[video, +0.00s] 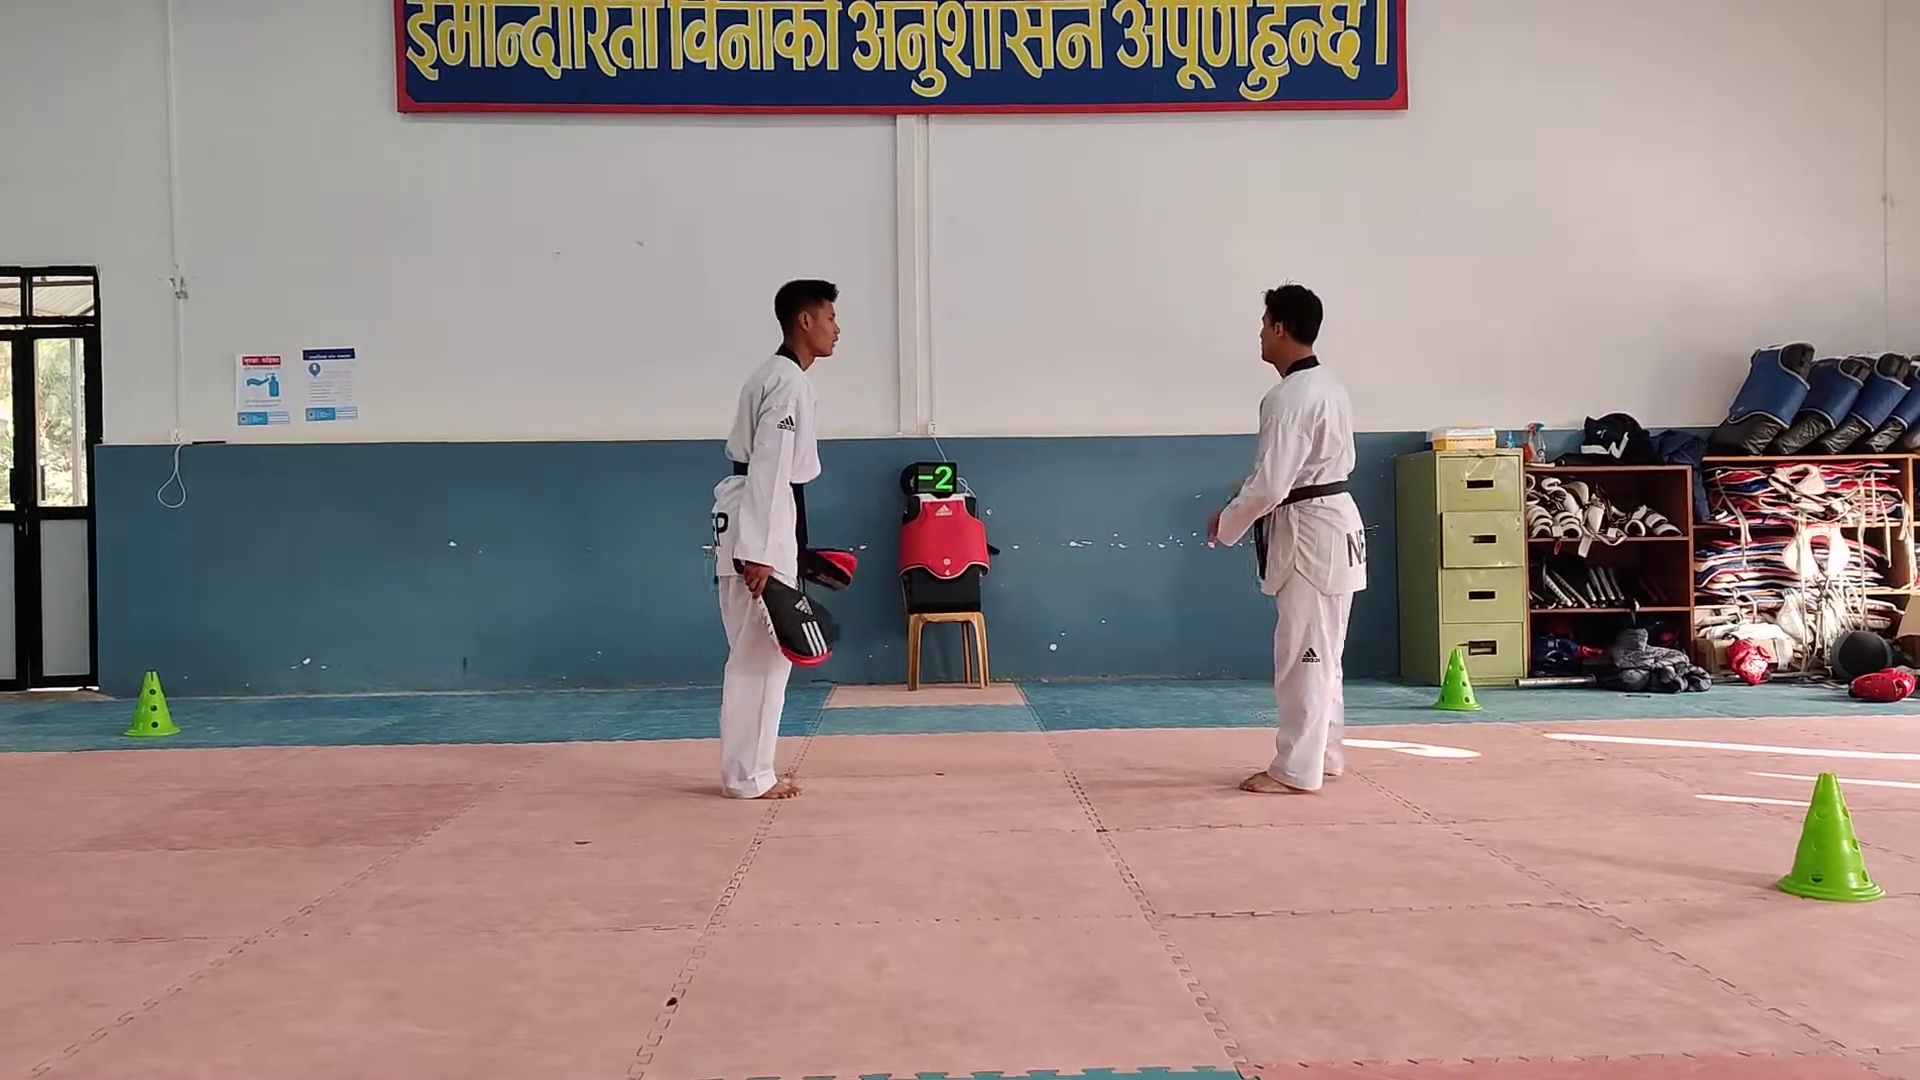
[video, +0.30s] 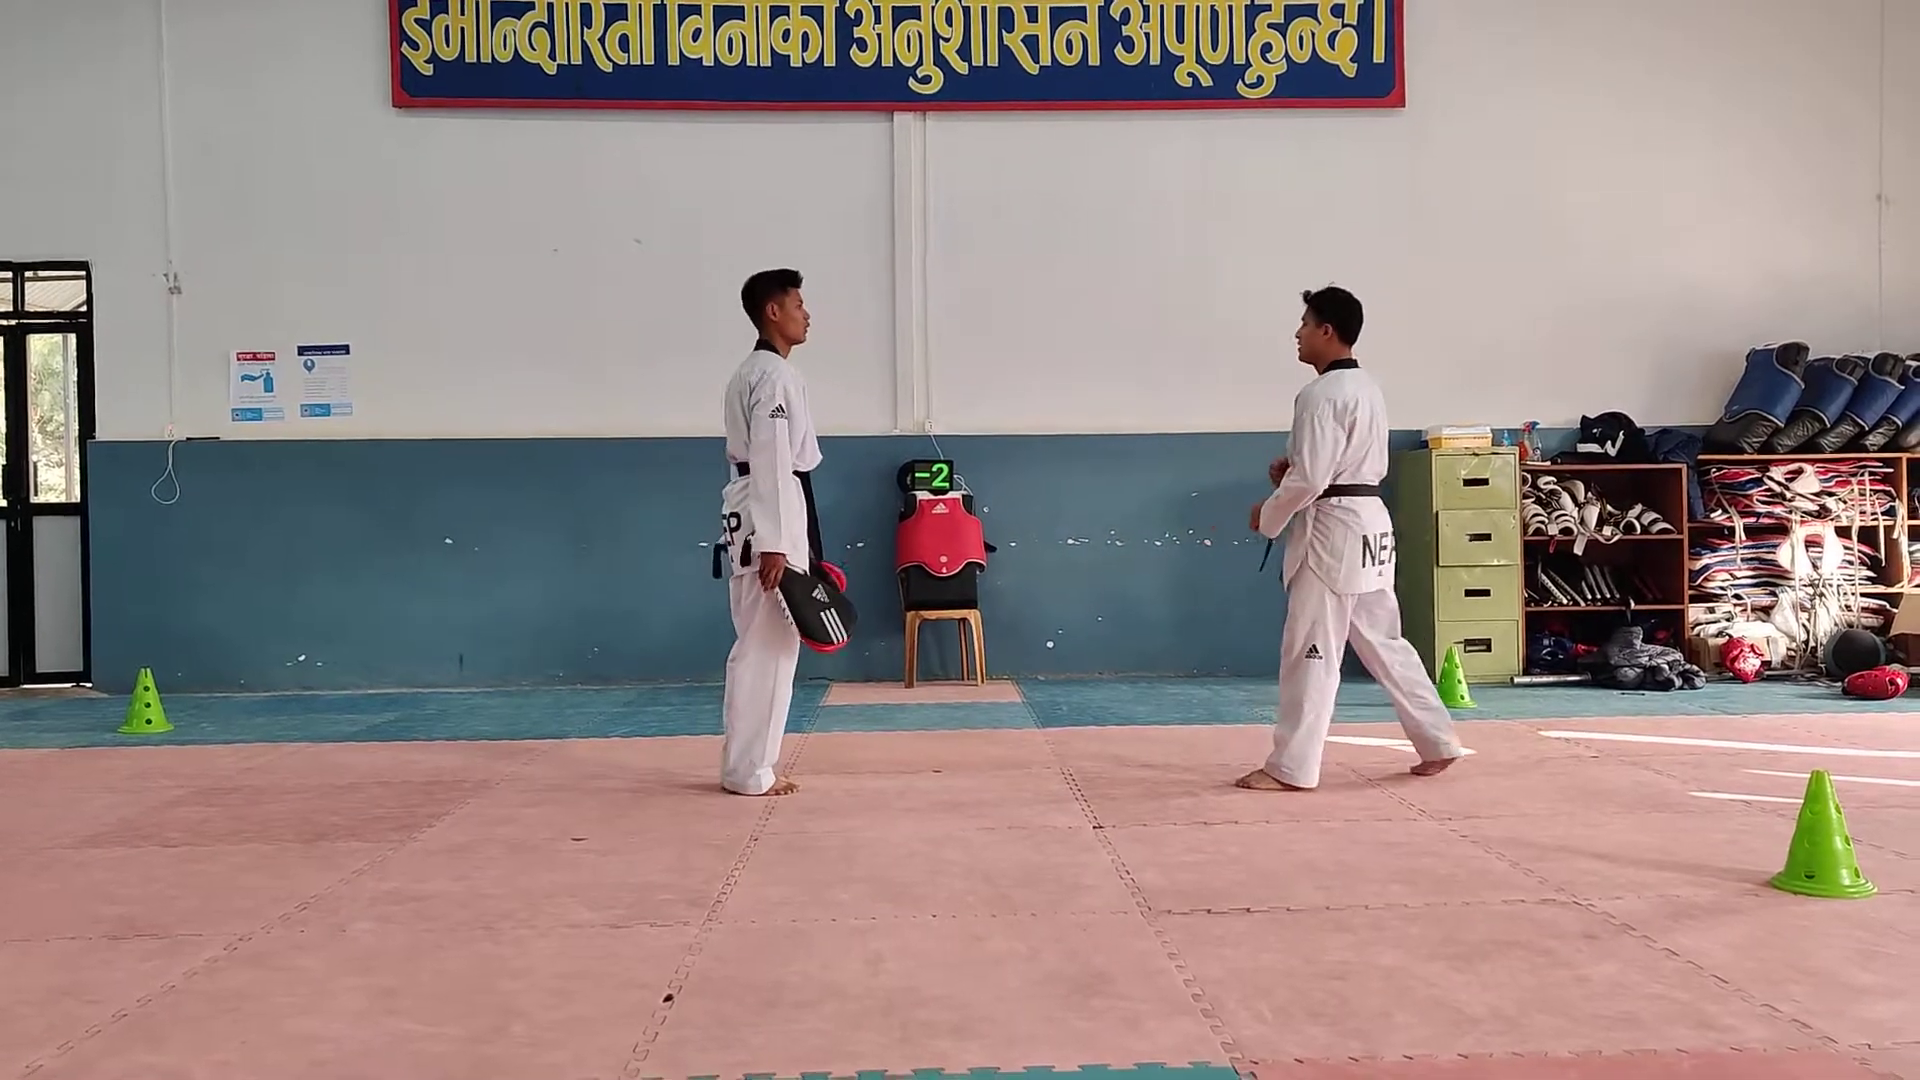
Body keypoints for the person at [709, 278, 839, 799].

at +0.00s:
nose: (837, 328)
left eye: (835, 318)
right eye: (830, 317)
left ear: (801, 323)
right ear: (805, 321)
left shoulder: (774, 377)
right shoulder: (788, 383)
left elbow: (771, 476)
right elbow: (767, 475)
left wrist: (796, 552)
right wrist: (758, 550)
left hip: (752, 524)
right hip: (760, 529)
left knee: (758, 653)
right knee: (766, 654)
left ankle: (749, 771)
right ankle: (749, 776)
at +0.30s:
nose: (807, 314)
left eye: (803, 304)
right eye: (797, 305)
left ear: (770, 314)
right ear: (771, 313)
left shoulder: (749, 373)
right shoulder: (773, 375)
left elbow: (748, 468)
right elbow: (770, 469)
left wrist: (799, 548)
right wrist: (771, 542)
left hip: (749, 523)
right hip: (768, 525)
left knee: (760, 646)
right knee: (770, 647)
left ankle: (746, 766)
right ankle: (751, 770)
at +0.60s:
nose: (784, 302)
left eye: (780, 293)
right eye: (775, 294)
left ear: (745, 307)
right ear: (752, 304)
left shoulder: (725, 367)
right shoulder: (765, 361)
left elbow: (736, 458)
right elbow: (769, 454)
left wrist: (798, 532)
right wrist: (777, 528)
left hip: (734, 511)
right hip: (768, 510)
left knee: (742, 631)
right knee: (781, 633)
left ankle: (736, 752)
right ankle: (750, 758)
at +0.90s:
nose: (776, 296)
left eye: (772, 286)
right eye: (767, 288)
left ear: (737, 301)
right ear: (743, 298)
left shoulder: (709, 363)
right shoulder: (765, 354)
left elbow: (714, 454)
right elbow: (772, 444)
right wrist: (779, 517)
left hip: (719, 505)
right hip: (759, 502)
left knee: (730, 629)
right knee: (794, 628)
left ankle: (722, 750)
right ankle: (805, 757)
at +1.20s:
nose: (794, 293)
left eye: (789, 284)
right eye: (785, 284)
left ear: (751, 297)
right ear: (761, 294)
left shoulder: (717, 360)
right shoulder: (783, 354)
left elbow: (698, 446)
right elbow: (788, 443)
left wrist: (719, 506)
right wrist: (795, 519)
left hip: (726, 503)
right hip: (771, 500)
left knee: (728, 630)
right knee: (795, 631)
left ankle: (714, 748)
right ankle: (809, 758)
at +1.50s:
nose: (825, 302)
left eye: (823, 292)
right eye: (818, 293)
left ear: (782, 300)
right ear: (793, 298)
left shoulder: (734, 353)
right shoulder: (807, 358)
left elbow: (700, 425)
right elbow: (838, 448)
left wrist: (727, 473)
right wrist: (892, 508)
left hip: (726, 487)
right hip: (773, 487)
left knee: (723, 624)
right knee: (789, 622)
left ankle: (706, 749)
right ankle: (798, 758)